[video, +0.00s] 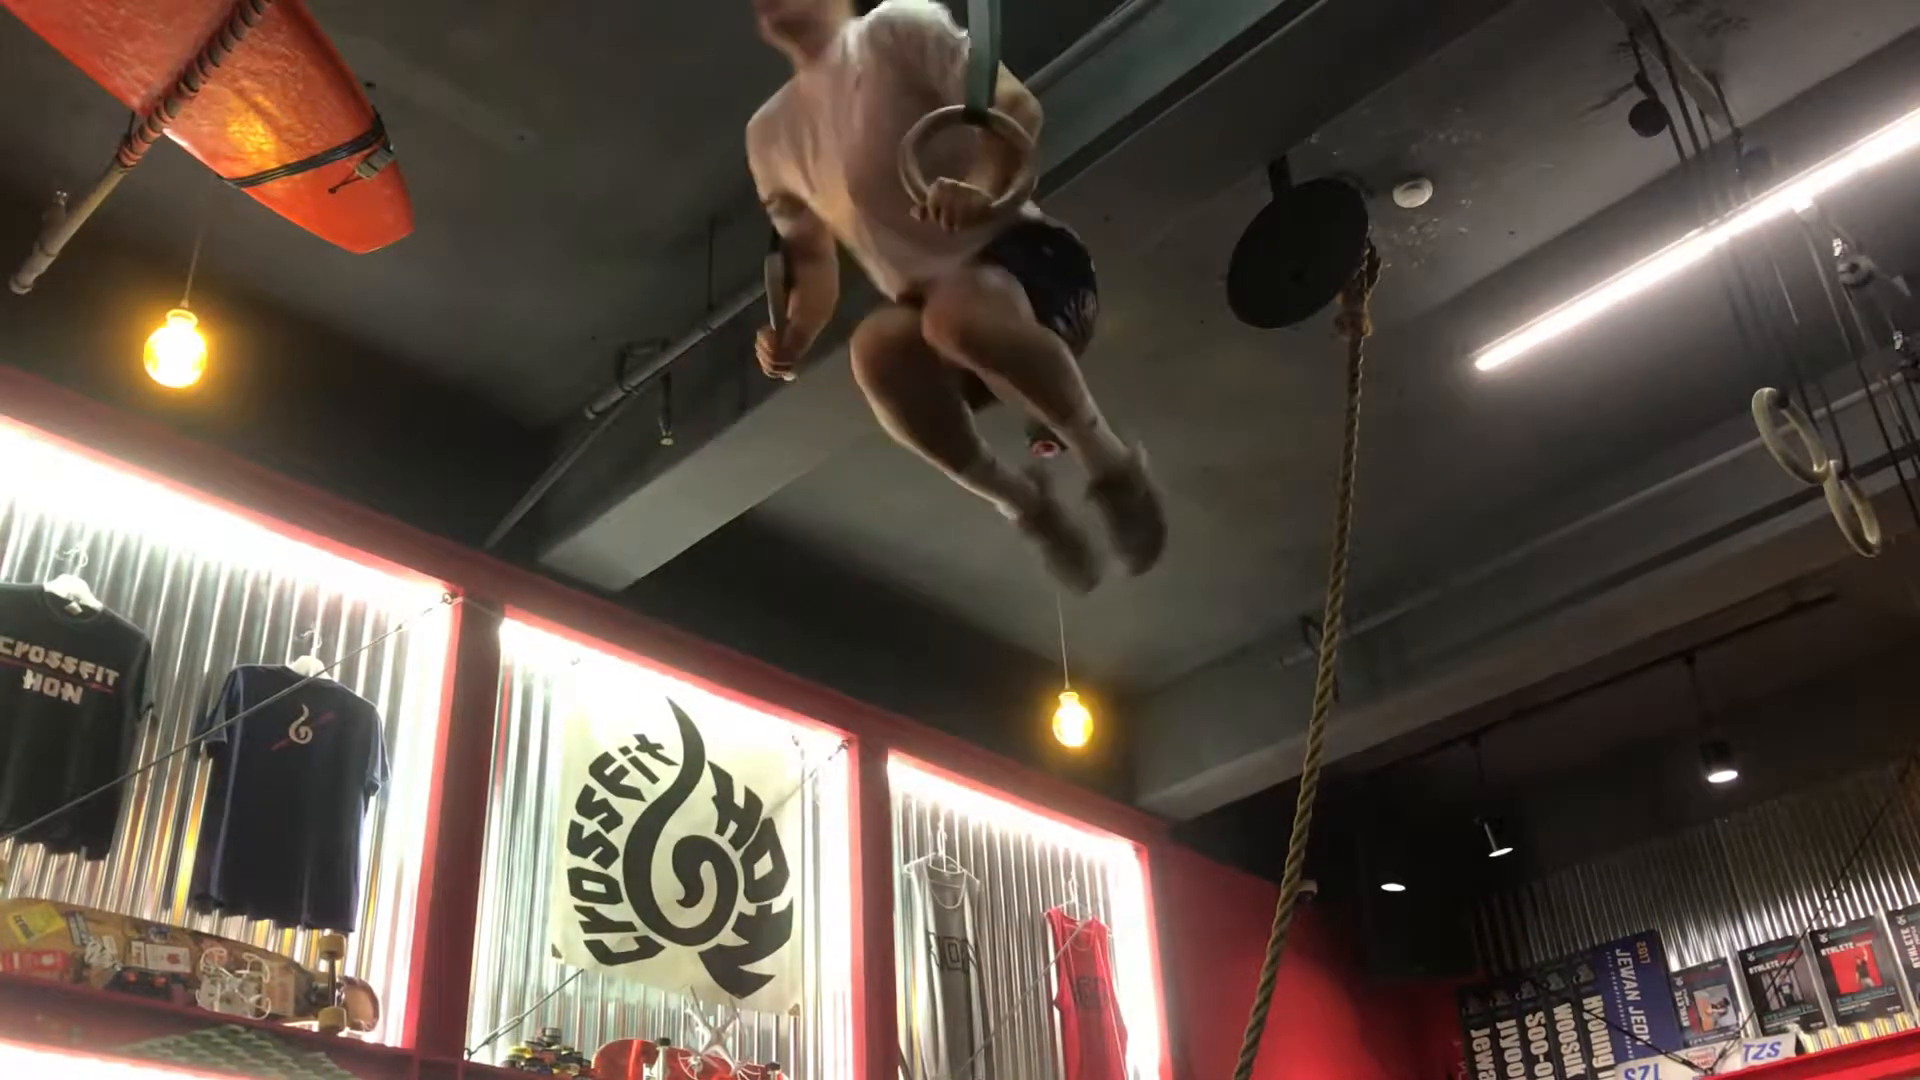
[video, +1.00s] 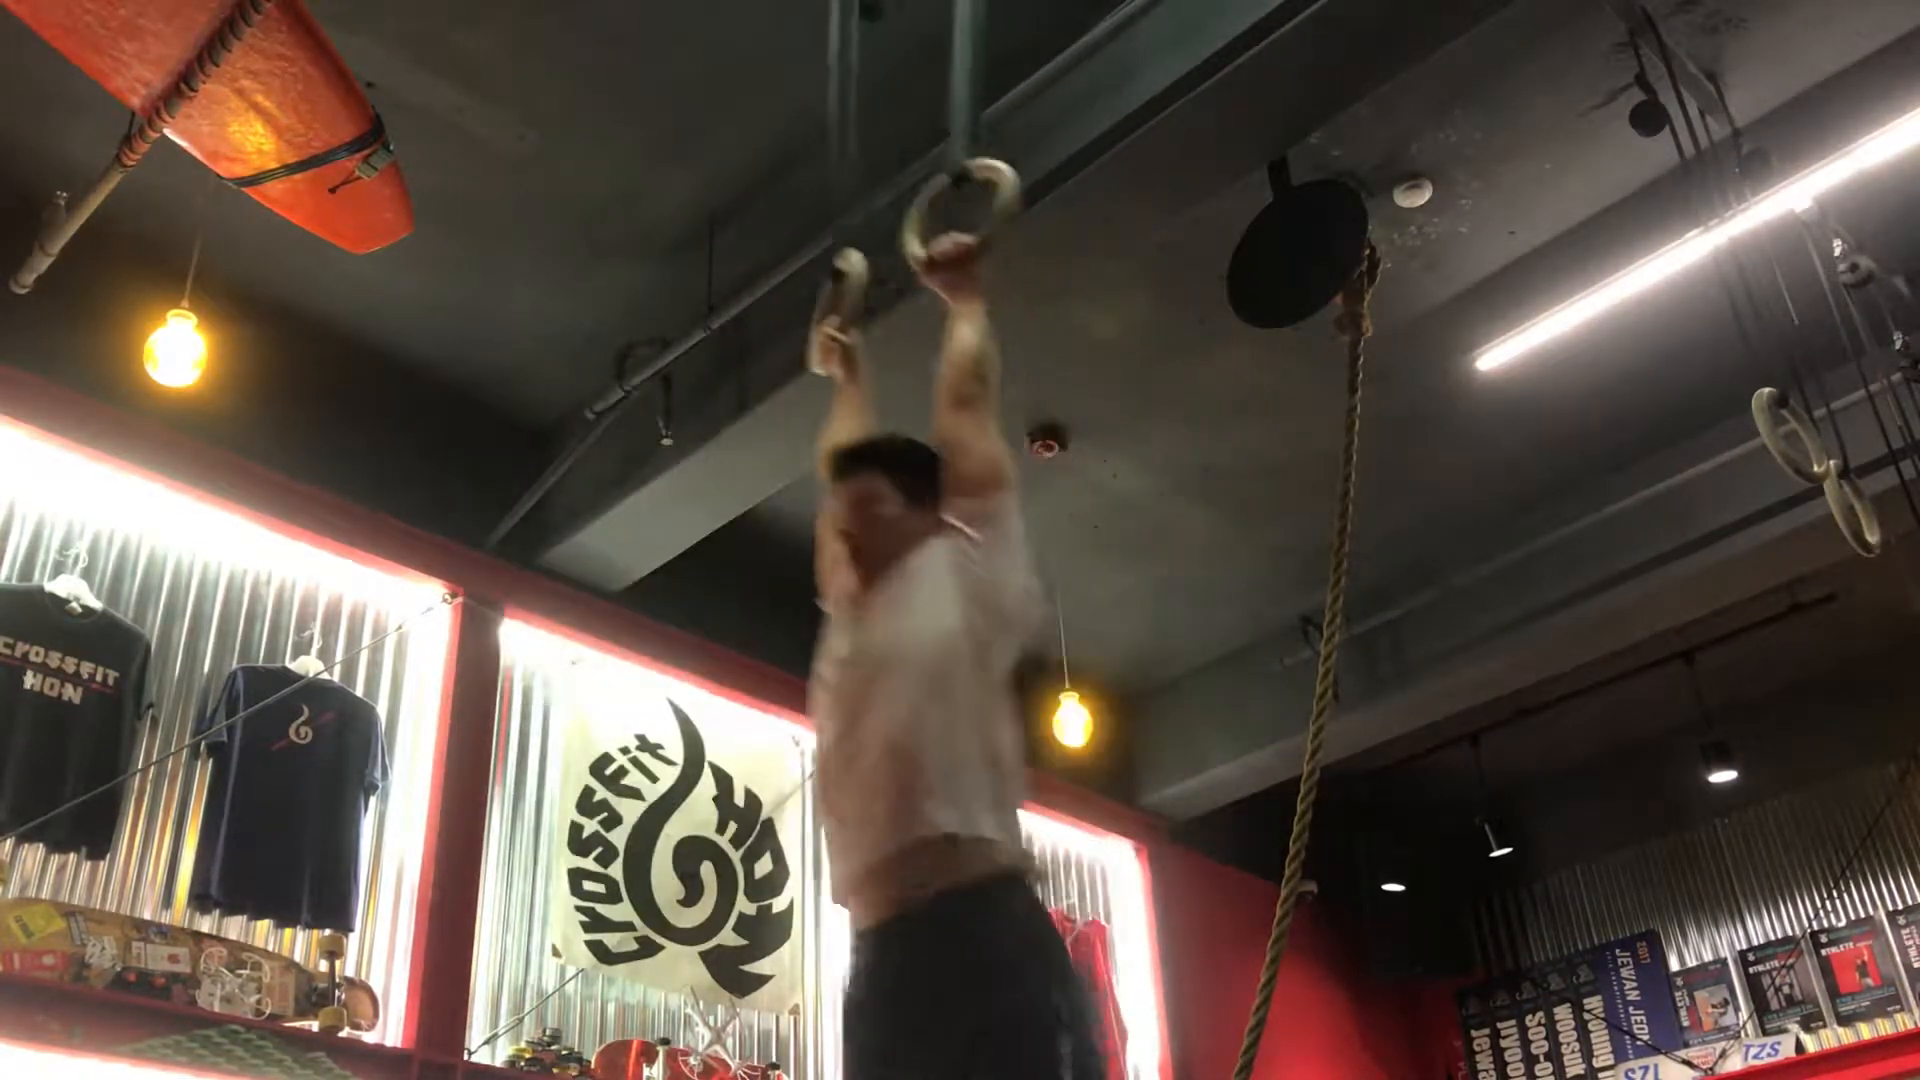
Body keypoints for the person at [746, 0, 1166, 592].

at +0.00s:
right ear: (762, 21)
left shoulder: (899, 29)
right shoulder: (769, 134)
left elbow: (1018, 108)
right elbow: (808, 257)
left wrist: (979, 187)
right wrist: (795, 332)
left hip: (1031, 264)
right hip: (931, 321)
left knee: (958, 314)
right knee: (875, 352)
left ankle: (1110, 462)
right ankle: (1023, 502)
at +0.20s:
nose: (838, 12)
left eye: (843, 5)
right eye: (836, 9)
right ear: (843, 16)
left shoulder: (958, 21)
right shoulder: (839, 114)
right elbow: (853, 250)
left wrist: (1014, 210)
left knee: (934, 281)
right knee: (854, 310)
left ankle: (979, 482)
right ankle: (893, 521)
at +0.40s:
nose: (928, 134)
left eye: (940, 112)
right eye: (915, 125)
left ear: (989, 106)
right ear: (912, 143)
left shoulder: (1042, 147)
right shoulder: (921, 240)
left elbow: (1172, 196)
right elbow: (931, 333)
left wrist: (1156, 238)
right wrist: (878, 350)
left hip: (1058, 405)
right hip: (975, 455)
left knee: (923, 340)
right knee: (830, 359)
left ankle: (789, 421)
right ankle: (732, 520)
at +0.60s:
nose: (1015, 403)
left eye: (1029, 384)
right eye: (1007, 394)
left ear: (1081, 387)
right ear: (1008, 411)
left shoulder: (1138, 444)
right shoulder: (1017, 489)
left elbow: (1246, 433)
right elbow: (948, 575)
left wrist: (1187, 341)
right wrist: (931, 485)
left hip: (1070, 631)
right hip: (987, 666)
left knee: (927, 541)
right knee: (796, 598)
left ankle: (701, 548)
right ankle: (607, 681)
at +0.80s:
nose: (1021, 581)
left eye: (1041, 564)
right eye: (1011, 570)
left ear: (1089, 575)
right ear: (1001, 589)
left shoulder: (1132, 623)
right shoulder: (994, 656)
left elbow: (1125, 470)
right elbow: (959, 534)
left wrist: (1093, 365)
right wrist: (955, 439)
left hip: (1091, 911)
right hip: (994, 921)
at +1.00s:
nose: (849, 523)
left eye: (867, 503)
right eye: (840, 508)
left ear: (920, 505)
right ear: (836, 521)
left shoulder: (971, 569)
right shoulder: (848, 611)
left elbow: (968, 404)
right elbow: (839, 485)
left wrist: (962, 298)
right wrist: (846, 375)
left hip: (989, 936)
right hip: (885, 962)